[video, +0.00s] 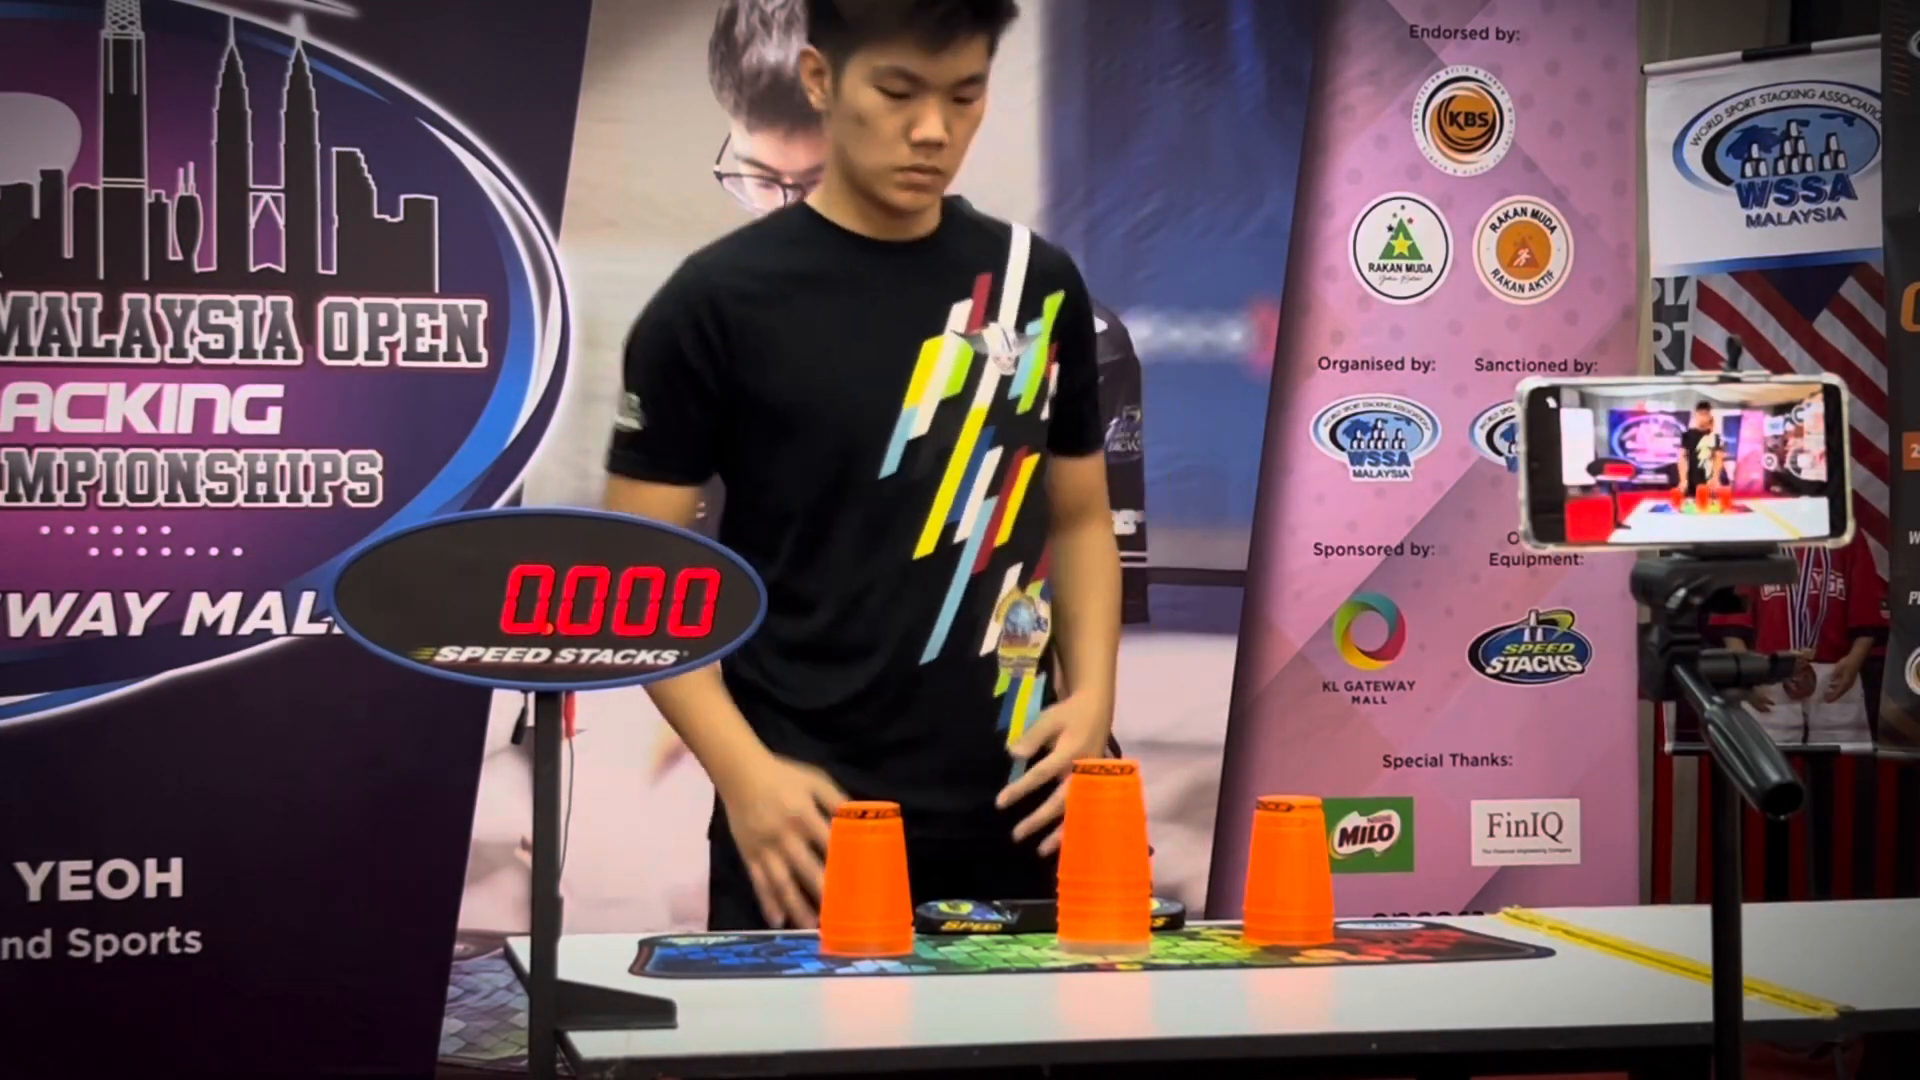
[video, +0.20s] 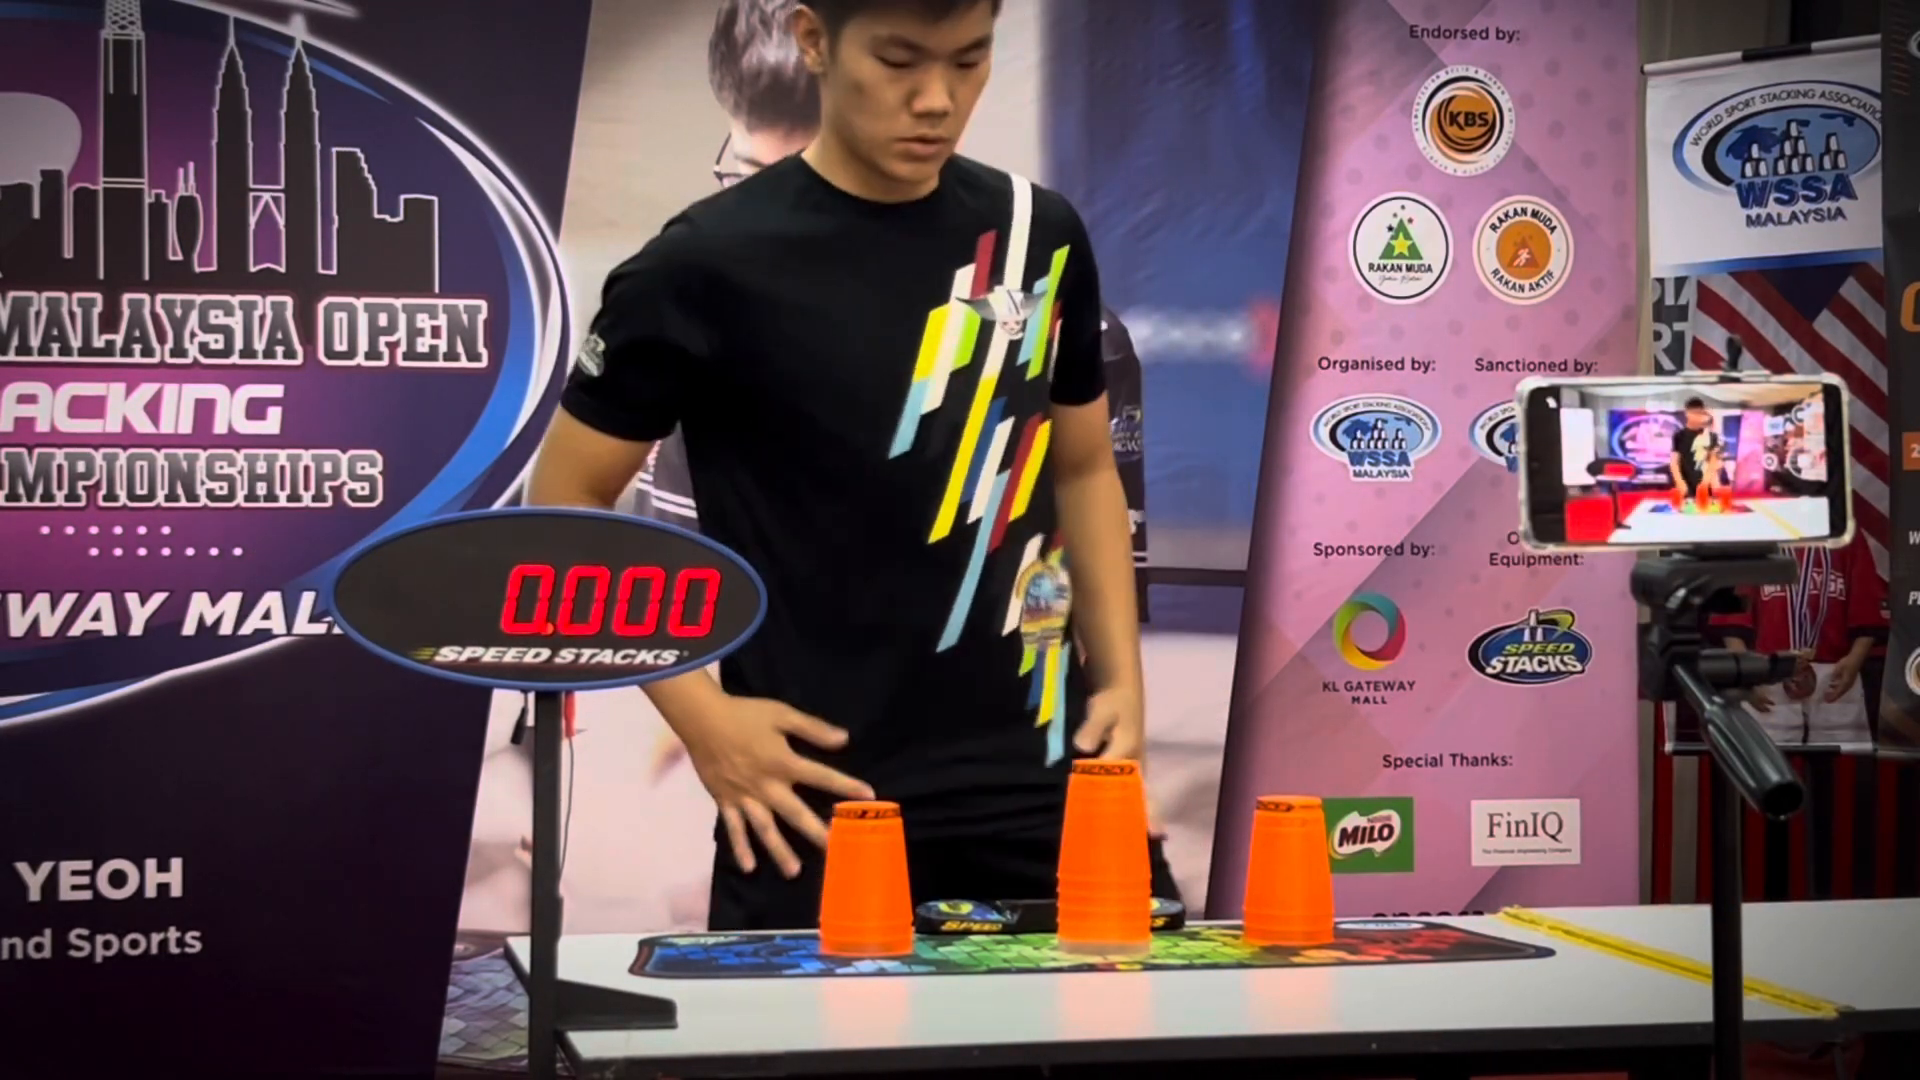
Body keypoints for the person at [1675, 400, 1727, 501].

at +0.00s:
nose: (1703, 418)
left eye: (1706, 414)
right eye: (1700, 414)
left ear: (1710, 415)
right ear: (1696, 415)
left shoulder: (1714, 437)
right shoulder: (1688, 436)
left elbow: (1718, 458)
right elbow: (1683, 458)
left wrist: (1715, 478)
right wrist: (1683, 480)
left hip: (1709, 484)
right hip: (1692, 483)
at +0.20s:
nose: (1697, 417)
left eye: (1700, 413)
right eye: (1693, 413)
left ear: (1704, 414)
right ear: (1687, 414)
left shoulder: (1711, 436)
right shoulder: (1680, 436)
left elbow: (1713, 461)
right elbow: (1674, 462)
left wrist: (1706, 482)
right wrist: (1680, 484)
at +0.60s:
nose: (1694, 411)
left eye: (1697, 406)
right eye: (1690, 406)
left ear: (1702, 407)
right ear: (1683, 407)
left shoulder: (1708, 427)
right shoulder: (1675, 430)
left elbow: (1716, 453)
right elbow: (1668, 457)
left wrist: (1718, 481)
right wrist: (1676, 481)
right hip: (1685, 484)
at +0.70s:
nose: (1701, 413)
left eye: (1704, 409)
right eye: (1697, 409)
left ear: (1708, 408)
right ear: (1690, 408)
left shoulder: (1715, 431)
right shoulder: (1681, 433)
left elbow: (1722, 457)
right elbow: (1674, 459)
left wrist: (1723, 482)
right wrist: (1677, 484)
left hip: (1711, 490)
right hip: (1688, 490)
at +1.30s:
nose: (1707, 418)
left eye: (1711, 414)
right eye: (1704, 413)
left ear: (1715, 413)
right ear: (1697, 411)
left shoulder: (1719, 436)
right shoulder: (1686, 435)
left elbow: (1722, 462)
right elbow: (1676, 460)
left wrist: (1720, 487)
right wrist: (1678, 480)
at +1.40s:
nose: (1708, 418)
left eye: (1712, 414)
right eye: (1705, 413)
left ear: (1716, 413)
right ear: (1698, 412)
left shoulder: (1720, 437)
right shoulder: (1687, 435)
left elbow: (1723, 463)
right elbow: (1679, 463)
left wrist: (1719, 485)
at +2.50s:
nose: (1709, 427)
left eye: (1713, 422)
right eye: (1706, 421)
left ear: (1717, 421)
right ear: (1699, 418)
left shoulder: (1721, 443)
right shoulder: (1687, 439)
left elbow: (1723, 471)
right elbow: (1676, 467)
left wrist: (1715, 491)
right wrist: (1696, 485)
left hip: (1711, 497)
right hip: (1688, 497)